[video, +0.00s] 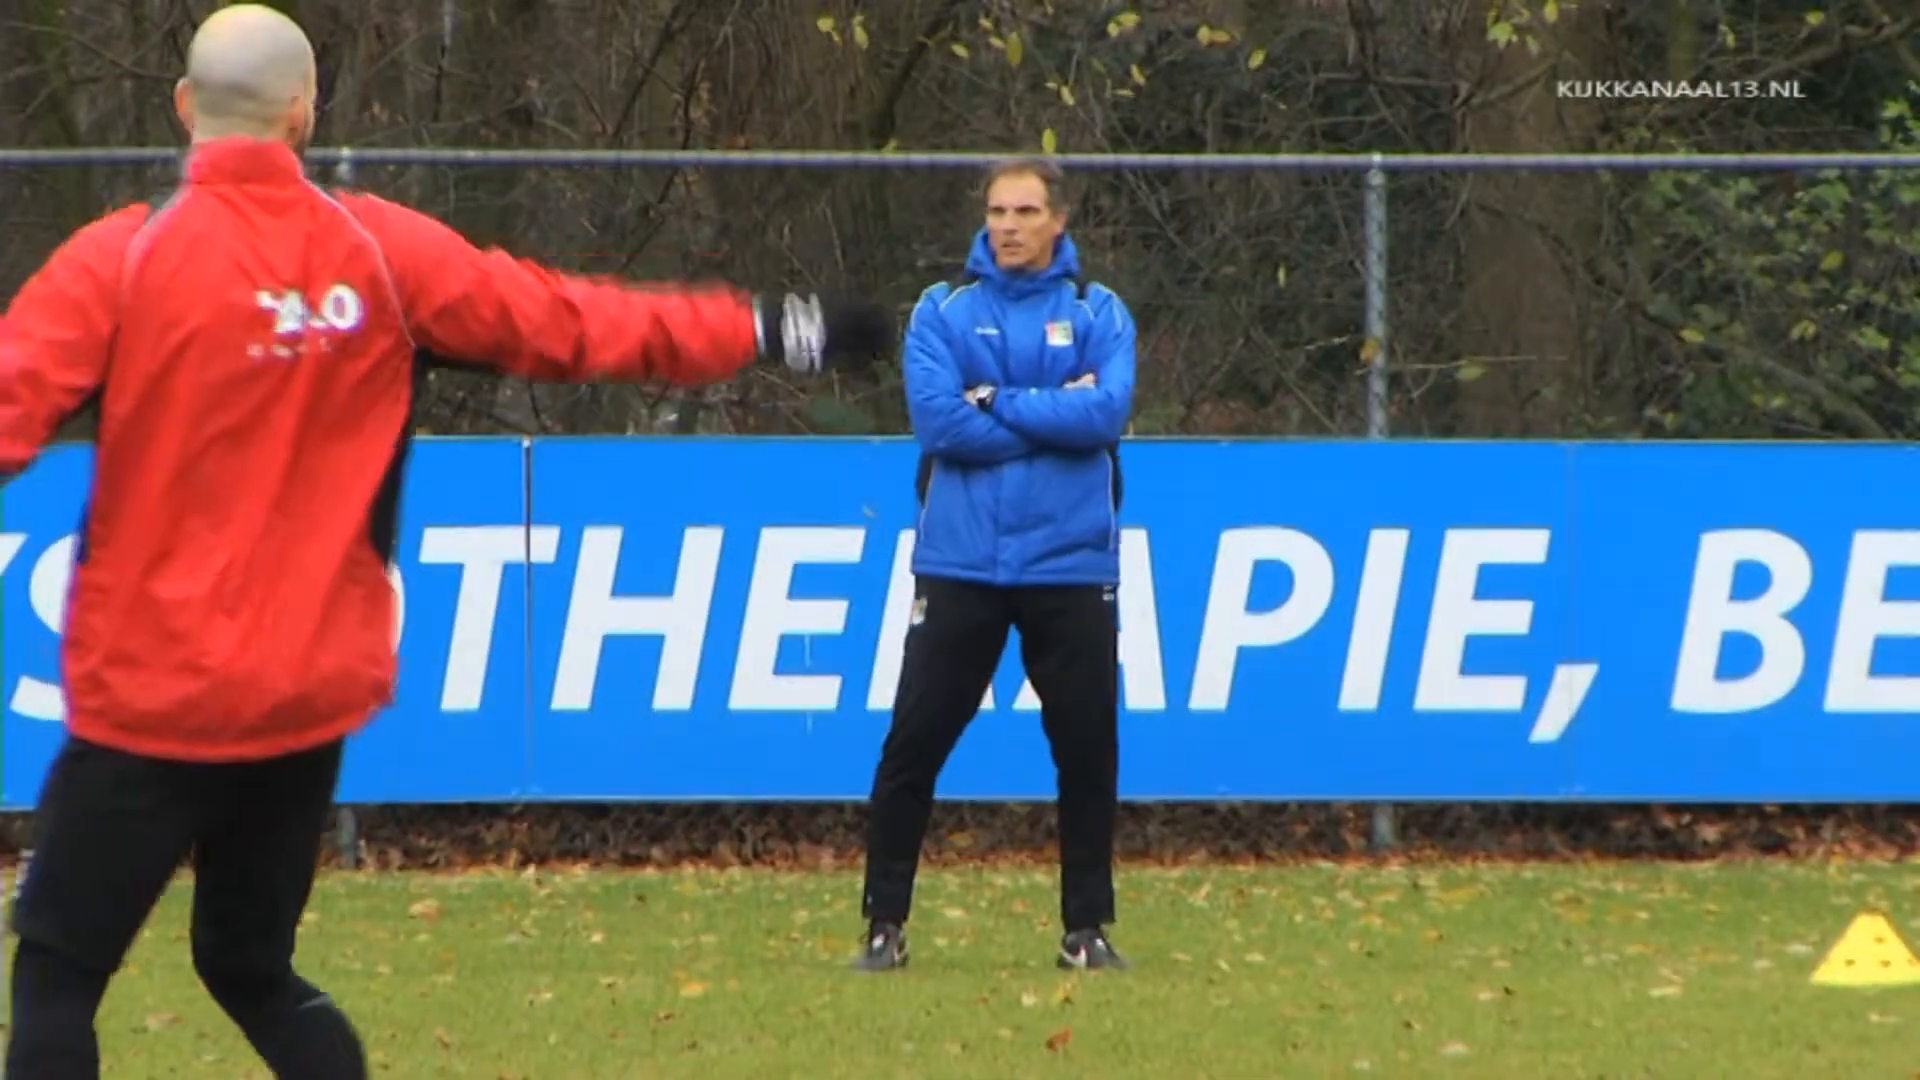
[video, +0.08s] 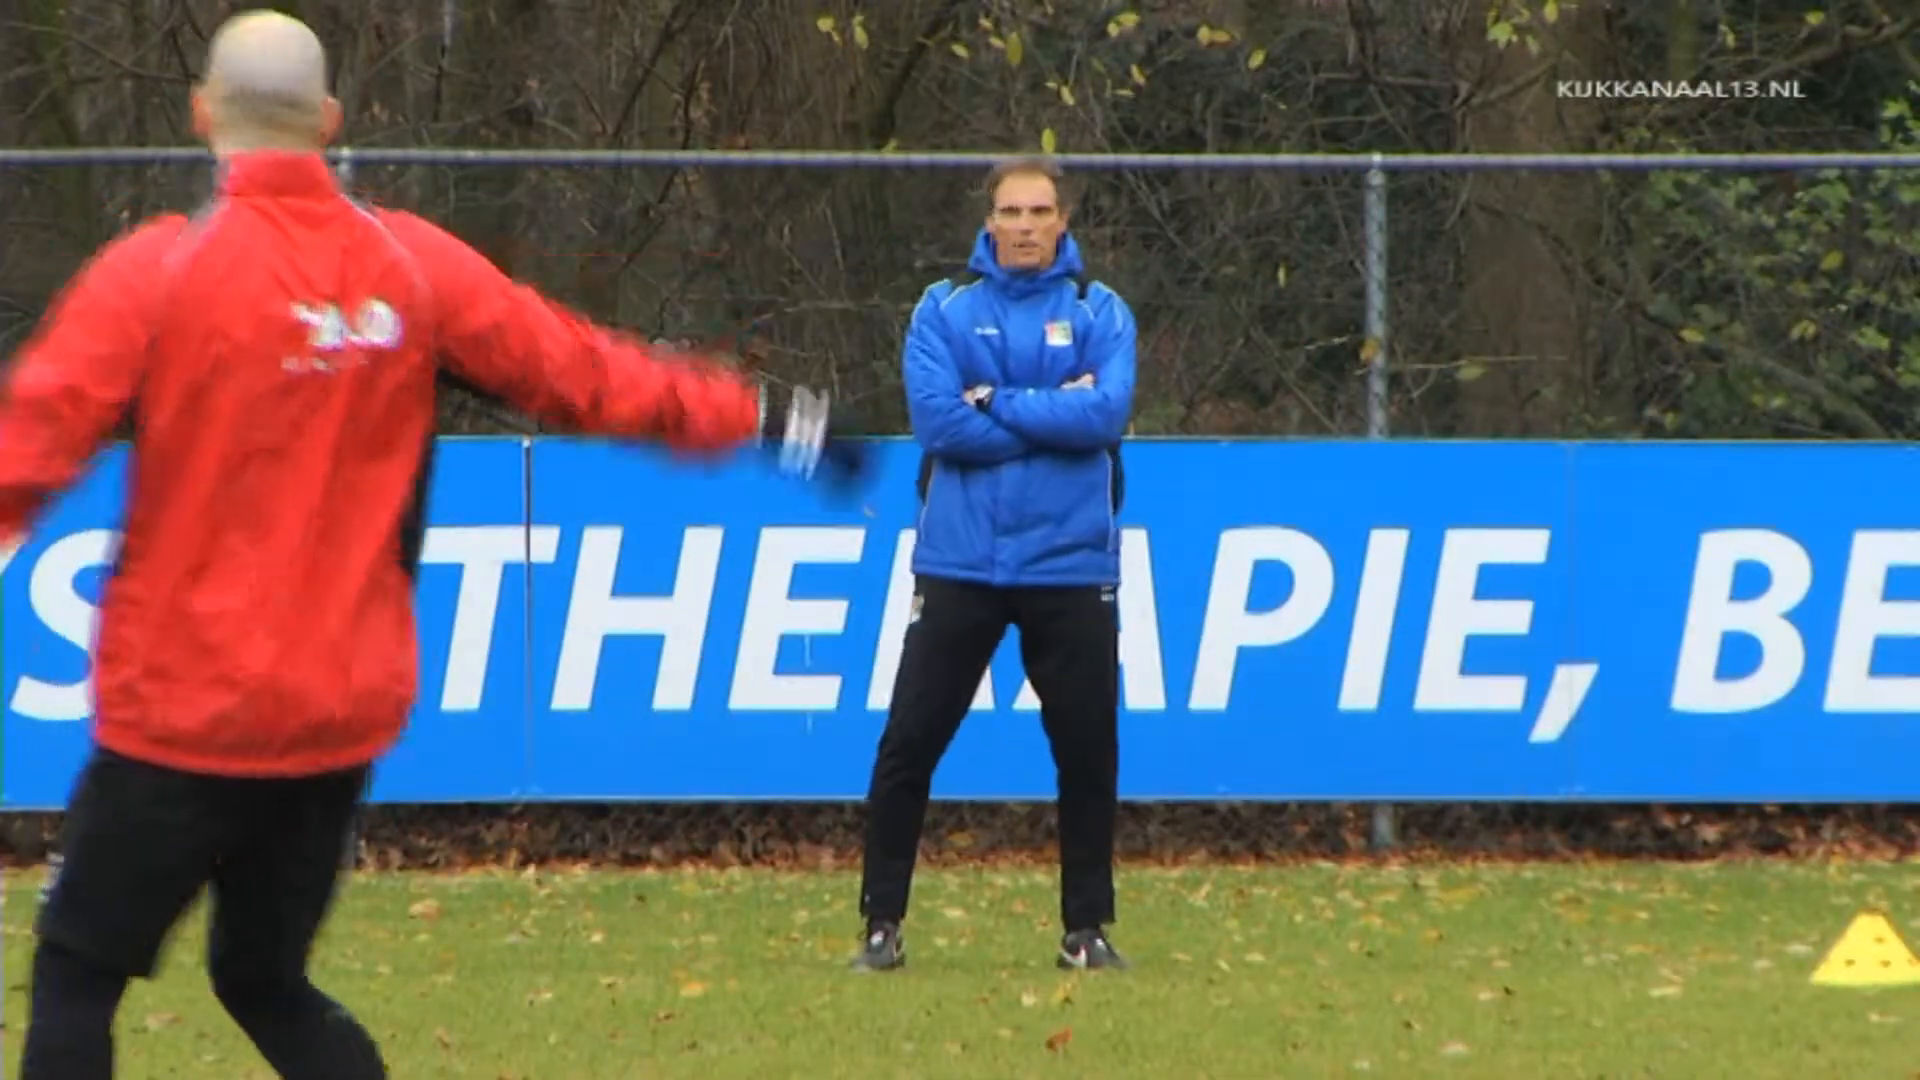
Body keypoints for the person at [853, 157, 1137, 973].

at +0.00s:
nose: (1010, 225)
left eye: (1027, 212)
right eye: (999, 212)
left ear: (1060, 221)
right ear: (984, 222)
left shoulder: (1101, 311)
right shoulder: (941, 310)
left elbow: (1105, 413)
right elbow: (940, 427)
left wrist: (995, 400)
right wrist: (1057, 418)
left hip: (1070, 568)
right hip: (962, 566)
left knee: (1089, 750)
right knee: (914, 742)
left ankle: (1087, 931)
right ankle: (883, 926)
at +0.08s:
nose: (1025, 226)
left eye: (1039, 213)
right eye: (1011, 212)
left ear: (1063, 222)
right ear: (989, 221)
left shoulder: (1102, 311)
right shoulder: (941, 309)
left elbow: (1106, 412)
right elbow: (940, 428)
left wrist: (993, 400)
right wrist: (1058, 417)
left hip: (1070, 567)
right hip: (962, 565)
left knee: (1089, 750)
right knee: (909, 741)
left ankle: (1087, 930)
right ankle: (881, 925)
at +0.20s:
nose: (1025, 228)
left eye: (1038, 215)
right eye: (1011, 215)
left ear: (1058, 223)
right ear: (984, 224)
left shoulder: (1094, 312)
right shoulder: (933, 311)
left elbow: (1097, 413)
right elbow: (933, 431)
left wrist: (985, 402)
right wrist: (1047, 419)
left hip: (1068, 568)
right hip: (958, 567)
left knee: (1088, 752)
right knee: (913, 749)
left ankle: (1086, 932)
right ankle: (883, 930)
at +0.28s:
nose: (1017, 229)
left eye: (1030, 215)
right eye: (1001, 215)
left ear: (1049, 223)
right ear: (973, 225)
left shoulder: (1086, 309)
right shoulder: (924, 311)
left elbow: (1092, 412)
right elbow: (927, 431)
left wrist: (980, 403)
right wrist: (1040, 420)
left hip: (1064, 568)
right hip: (953, 568)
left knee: (1085, 753)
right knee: (907, 750)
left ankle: (1086, 931)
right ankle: (882, 930)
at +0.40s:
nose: (1005, 228)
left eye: (1017, 214)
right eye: (989, 215)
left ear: (1034, 221)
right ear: (960, 225)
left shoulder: (1070, 307)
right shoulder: (910, 312)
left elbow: (1082, 409)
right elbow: (917, 430)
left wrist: (969, 402)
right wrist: (1026, 422)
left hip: (1054, 570)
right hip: (943, 571)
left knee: (1079, 754)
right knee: (901, 753)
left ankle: (1085, 931)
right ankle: (881, 931)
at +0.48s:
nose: (993, 228)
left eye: (1006, 213)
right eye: (977, 214)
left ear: (1024, 222)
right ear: (950, 224)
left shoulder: (1060, 306)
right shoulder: (902, 313)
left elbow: (1076, 411)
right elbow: (911, 431)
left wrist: (965, 403)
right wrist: (1020, 422)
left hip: (1046, 570)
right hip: (936, 573)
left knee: (1074, 755)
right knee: (896, 755)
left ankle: (1086, 931)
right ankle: (879, 931)